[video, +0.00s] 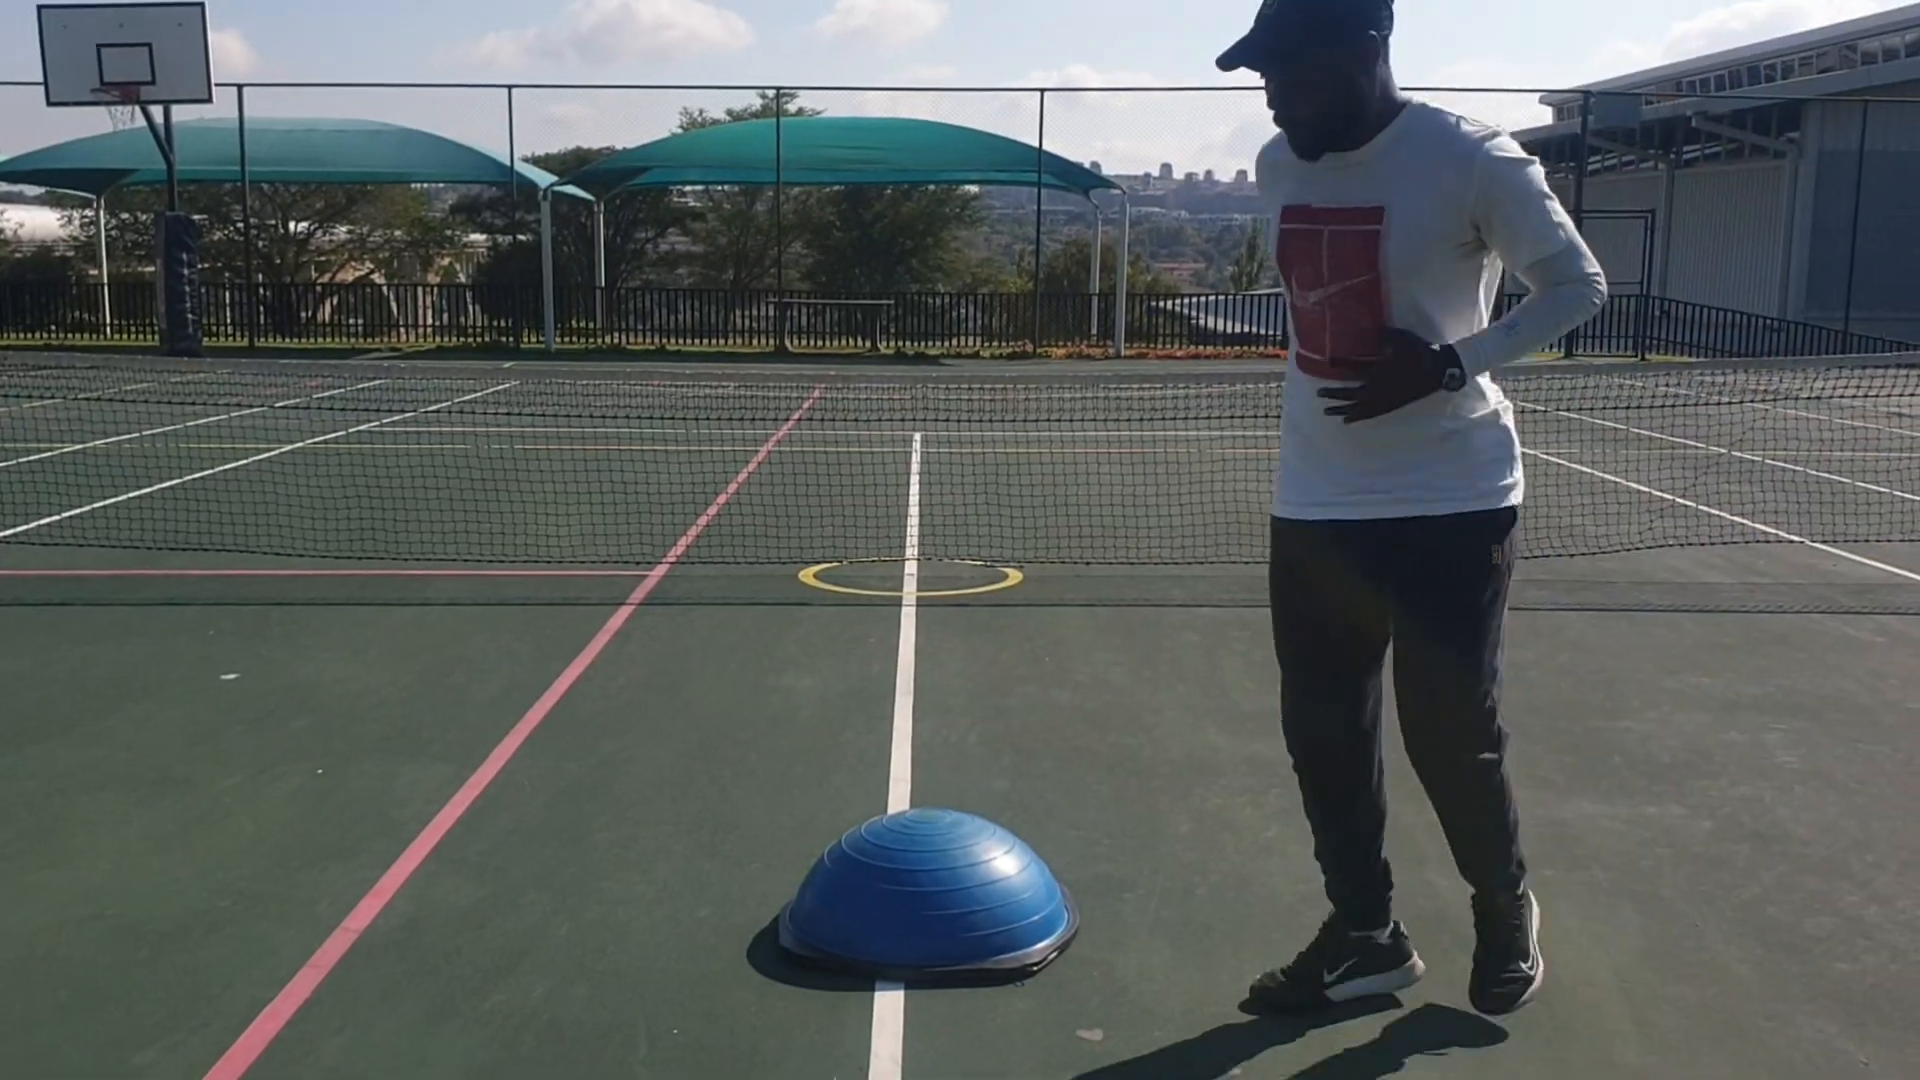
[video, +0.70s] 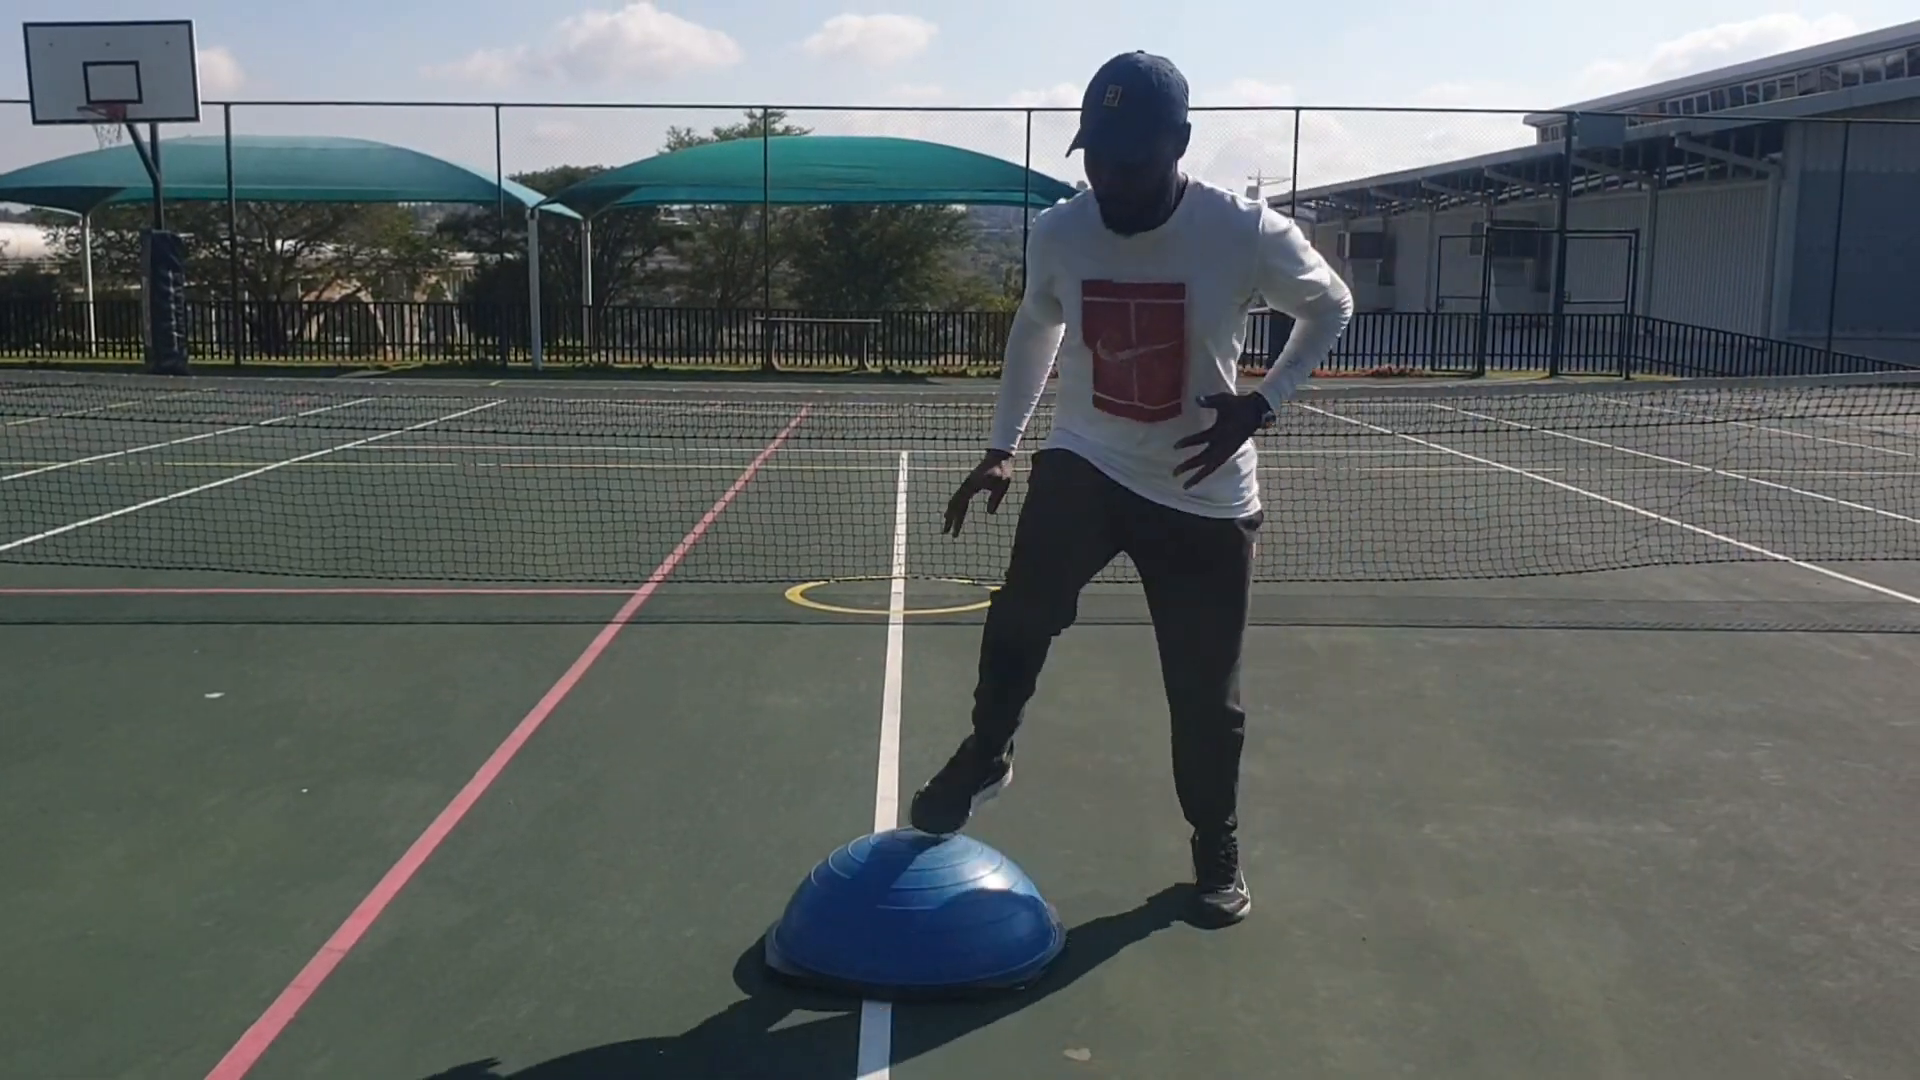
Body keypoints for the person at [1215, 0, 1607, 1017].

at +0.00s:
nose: (1270, 96)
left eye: (1285, 74)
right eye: (1265, 76)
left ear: (1360, 58)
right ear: (1273, 73)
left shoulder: (1469, 161)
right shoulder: (1280, 167)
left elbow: (1577, 284)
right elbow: (1314, 291)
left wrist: (1453, 360)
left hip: (1448, 504)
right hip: (1316, 502)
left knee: (1447, 733)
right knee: (1324, 735)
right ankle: (1364, 933)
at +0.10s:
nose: (1257, 106)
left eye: (1272, 82)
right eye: (1251, 84)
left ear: (1343, 67)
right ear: (1258, 76)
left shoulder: (1453, 163)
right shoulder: (1256, 170)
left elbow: (1560, 276)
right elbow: (1301, 276)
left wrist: (1443, 342)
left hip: (1429, 505)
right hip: (1291, 490)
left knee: (1420, 732)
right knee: (1276, 719)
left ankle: (1429, 883)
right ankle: (1305, 901)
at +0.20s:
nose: (1237, 150)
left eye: (1252, 130)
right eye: (1234, 130)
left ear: (1323, 119)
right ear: (1254, 122)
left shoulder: (1435, 213)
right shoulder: (1238, 226)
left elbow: (1536, 316)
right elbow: (1257, 358)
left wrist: (1452, 409)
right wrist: (1236, 470)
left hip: (1399, 533)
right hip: (1264, 515)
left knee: (1411, 739)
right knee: (1218, 716)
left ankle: (1422, 901)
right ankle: (1227, 843)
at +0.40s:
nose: (1193, 169)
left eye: (1213, 151)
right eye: (1186, 148)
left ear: (1277, 137)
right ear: (1181, 135)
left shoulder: (1360, 211)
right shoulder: (1152, 232)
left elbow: (1415, 274)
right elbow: (1119, 328)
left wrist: (1392, 351)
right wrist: (1096, 443)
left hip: (1321, 509)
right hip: (1191, 512)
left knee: (1355, 713)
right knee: (1181, 708)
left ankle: (1397, 891)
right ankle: (1175, 860)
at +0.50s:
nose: (1167, 144)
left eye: (1187, 126)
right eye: (1160, 123)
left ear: (1247, 113)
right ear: (1154, 109)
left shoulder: (1317, 179)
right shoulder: (1121, 196)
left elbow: (1388, 232)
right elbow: (1087, 266)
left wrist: (1351, 287)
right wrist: (1075, 359)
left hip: (1280, 480)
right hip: (1154, 488)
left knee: (1291, 683)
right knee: (1155, 684)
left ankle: (1297, 853)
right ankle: (1162, 848)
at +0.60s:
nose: (1141, 139)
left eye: (1162, 120)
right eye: (1130, 117)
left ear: (1214, 107)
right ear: (1118, 104)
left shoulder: (1285, 183)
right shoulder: (1093, 189)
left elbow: (1361, 233)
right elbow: (1069, 268)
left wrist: (1304, 318)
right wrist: (1052, 377)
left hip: (1237, 462)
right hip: (1119, 452)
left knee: (1228, 662)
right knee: (1101, 643)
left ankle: (1224, 830)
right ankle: (1094, 778)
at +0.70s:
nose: (1110, 183)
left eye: (1132, 163)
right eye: (1097, 160)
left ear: (1179, 152)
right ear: (1081, 148)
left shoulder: (1244, 231)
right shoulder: (1057, 232)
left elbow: (1329, 304)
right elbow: (1037, 326)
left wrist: (1264, 400)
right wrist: (1003, 446)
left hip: (1200, 489)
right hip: (1084, 464)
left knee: (1206, 698)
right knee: (1019, 614)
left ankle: (1215, 846)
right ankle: (984, 753)